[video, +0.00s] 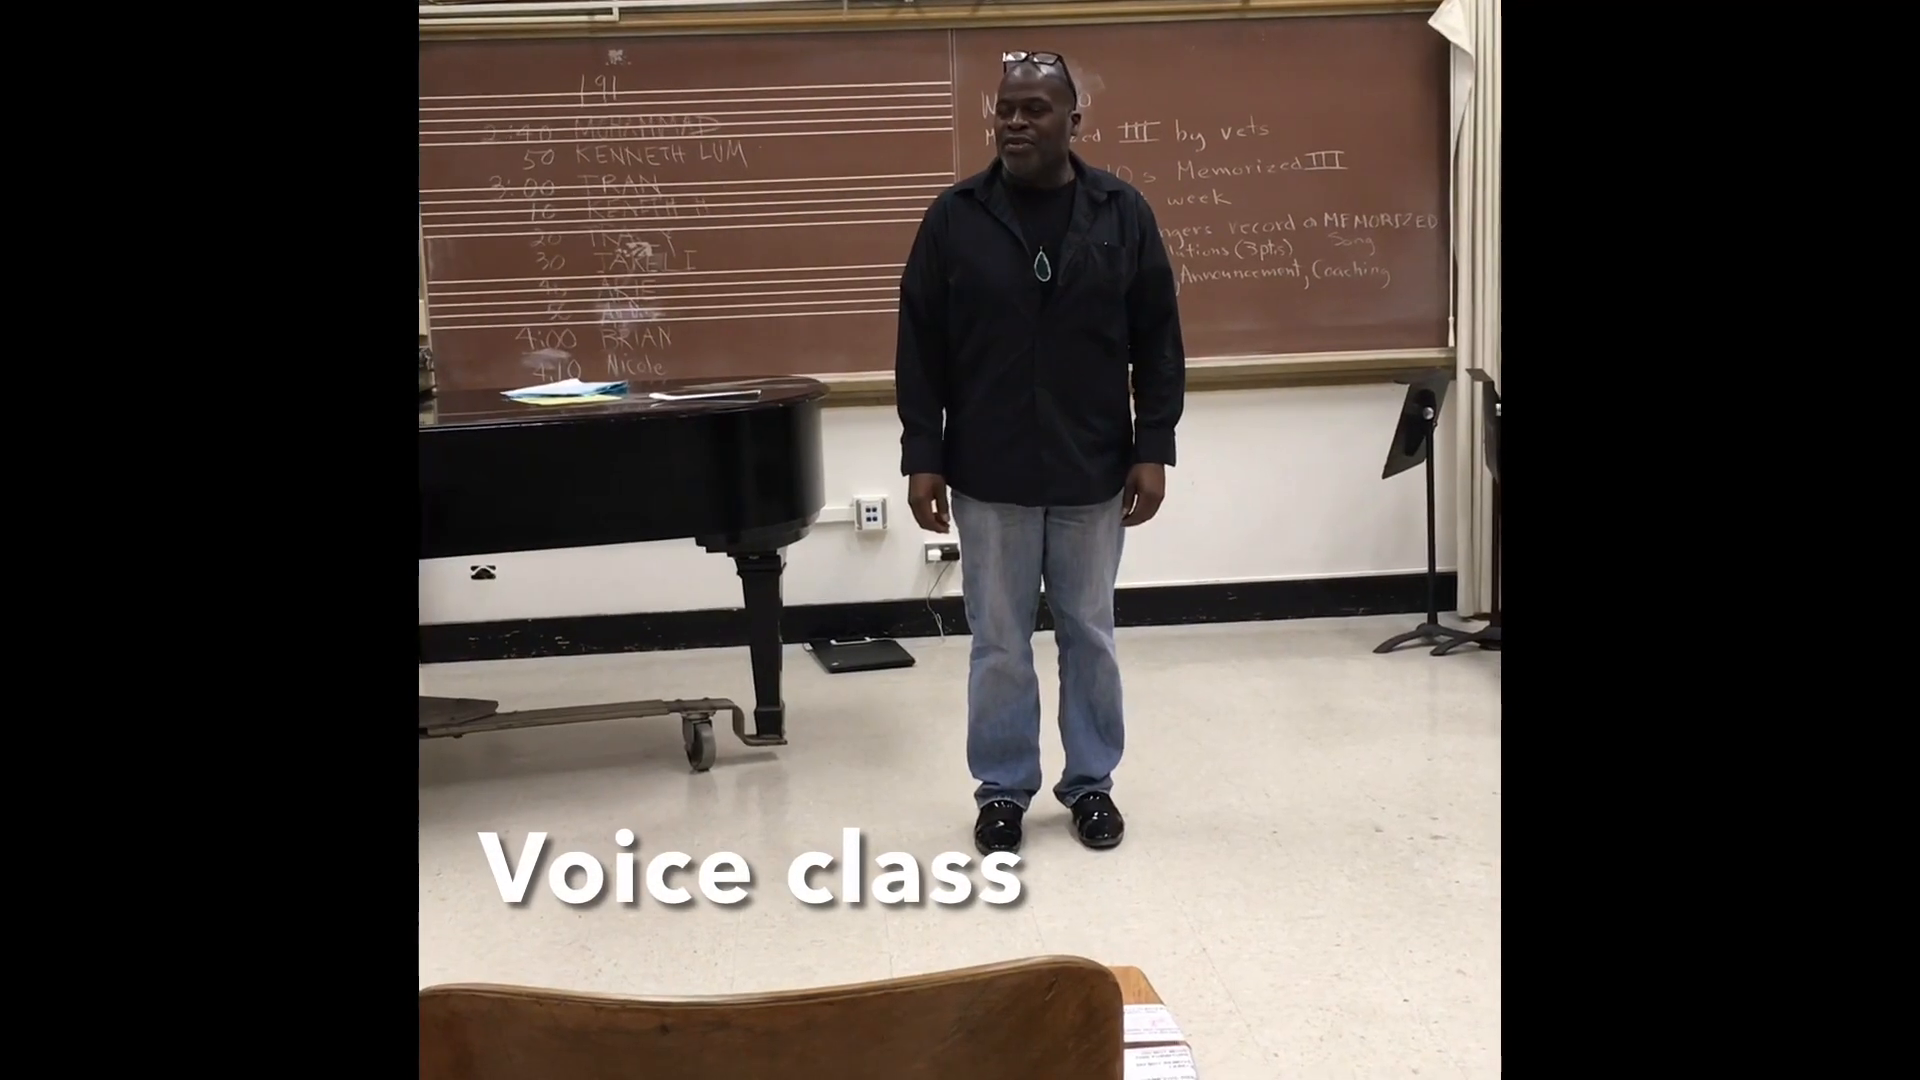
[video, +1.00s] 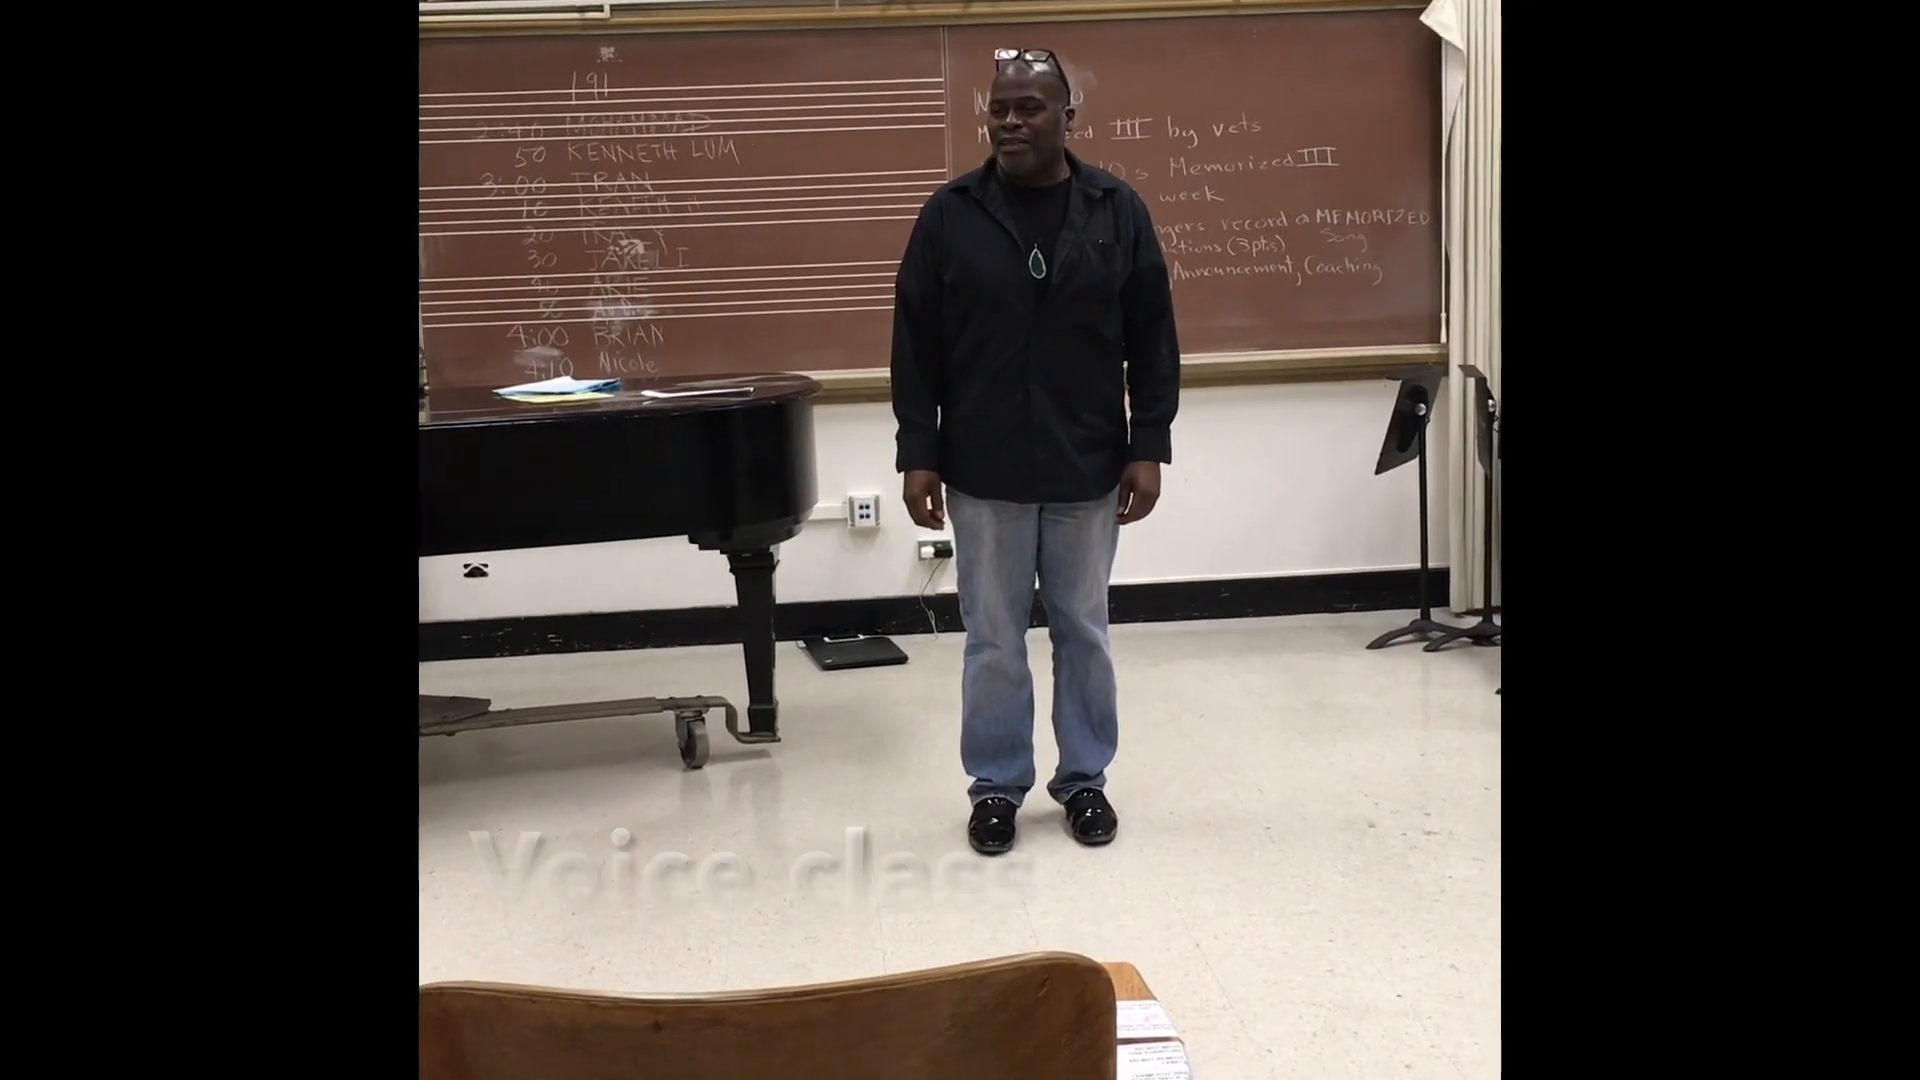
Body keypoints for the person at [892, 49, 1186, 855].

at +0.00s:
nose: (1014, 123)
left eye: (1034, 110)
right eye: (1005, 109)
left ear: (1074, 119)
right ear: (992, 117)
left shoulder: (1122, 213)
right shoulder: (953, 217)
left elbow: (1158, 339)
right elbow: (919, 343)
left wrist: (1152, 451)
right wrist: (921, 459)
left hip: (1092, 462)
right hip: (988, 464)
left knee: (1089, 633)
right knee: (999, 640)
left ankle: (1091, 784)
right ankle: (1001, 792)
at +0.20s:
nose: (1012, 122)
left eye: (1031, 110)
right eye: (1003, 109)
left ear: (1073, 119)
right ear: (992, 117)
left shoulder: (1121, 213)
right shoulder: (953, 217)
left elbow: (1158, 339)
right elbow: (919, 344)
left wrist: (1153, 452)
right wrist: (922, 459)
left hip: (1092, 462)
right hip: (988, 464)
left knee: (1089, 633)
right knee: (998, 640)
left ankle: (1090, 785)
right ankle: (1000, 791)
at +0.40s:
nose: (1013, 122)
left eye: (1032, 110)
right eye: (1003, 109)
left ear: (1072, 120)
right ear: (990, 118)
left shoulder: (1120, 214)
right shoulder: (953, 218)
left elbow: (1157, 339)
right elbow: (919, 344)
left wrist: (1153, 453)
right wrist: (920, 460)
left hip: (1091, 463)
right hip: (987, 465)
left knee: (1088, 634)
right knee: (998, 640)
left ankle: (1090, 785)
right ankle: (999, 791)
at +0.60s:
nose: (1011, 122)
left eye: (1030, 109)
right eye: (1002, 109)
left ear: (1070, 118)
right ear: (989, 118)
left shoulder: (1119, 213)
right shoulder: (952, 217)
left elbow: (1155, 339)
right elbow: (917, 343)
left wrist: (1150, 452)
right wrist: (919, 458)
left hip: (1089, 461)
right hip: (986, 464)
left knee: (1086, 634)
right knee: (996, 640)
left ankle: (1088, 785)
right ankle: (997, 791)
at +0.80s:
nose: (1011, 123)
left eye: (1029, 110)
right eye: (1000, 110)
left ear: (1069, 118)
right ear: (987, 119)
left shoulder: (1118, 212)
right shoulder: (950, 216)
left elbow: (1154, 339)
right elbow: (916, 343)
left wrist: (1148, 451)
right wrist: (918, 458)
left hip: (1088, 461)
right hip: (984, 464)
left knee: (1084, 632)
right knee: (994, 639)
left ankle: (1085, 782)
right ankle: (995, 788)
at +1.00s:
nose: (1009, 123)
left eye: (1027, 109)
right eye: (998, 109)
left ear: (1067, 117)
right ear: (985, 116)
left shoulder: (1116, 210)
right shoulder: (949, 214)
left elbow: (1153, 337)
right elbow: (915, 342)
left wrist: (1148, 448)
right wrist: (918, 455)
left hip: (1087, 459)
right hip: (983, 462)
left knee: (1083, 630)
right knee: (993, 637)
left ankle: (1084, 780)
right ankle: (994, 785)